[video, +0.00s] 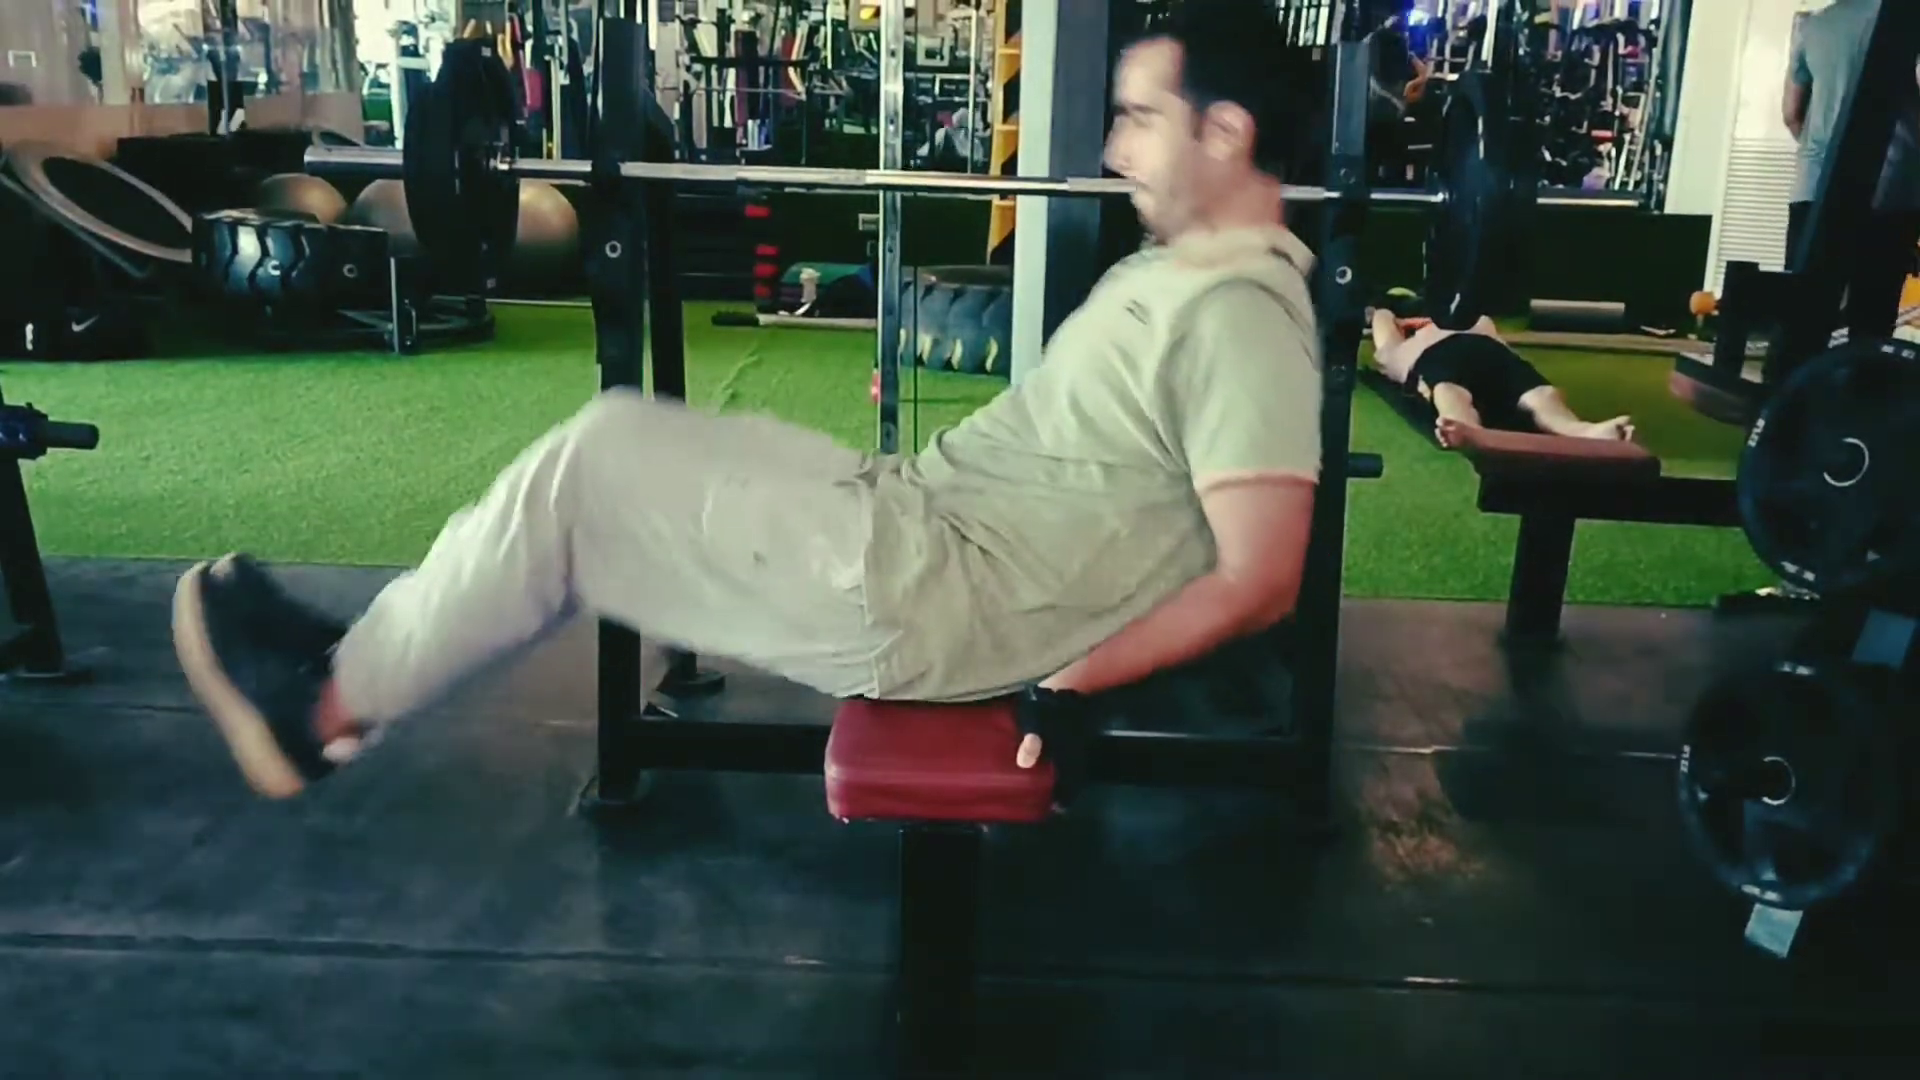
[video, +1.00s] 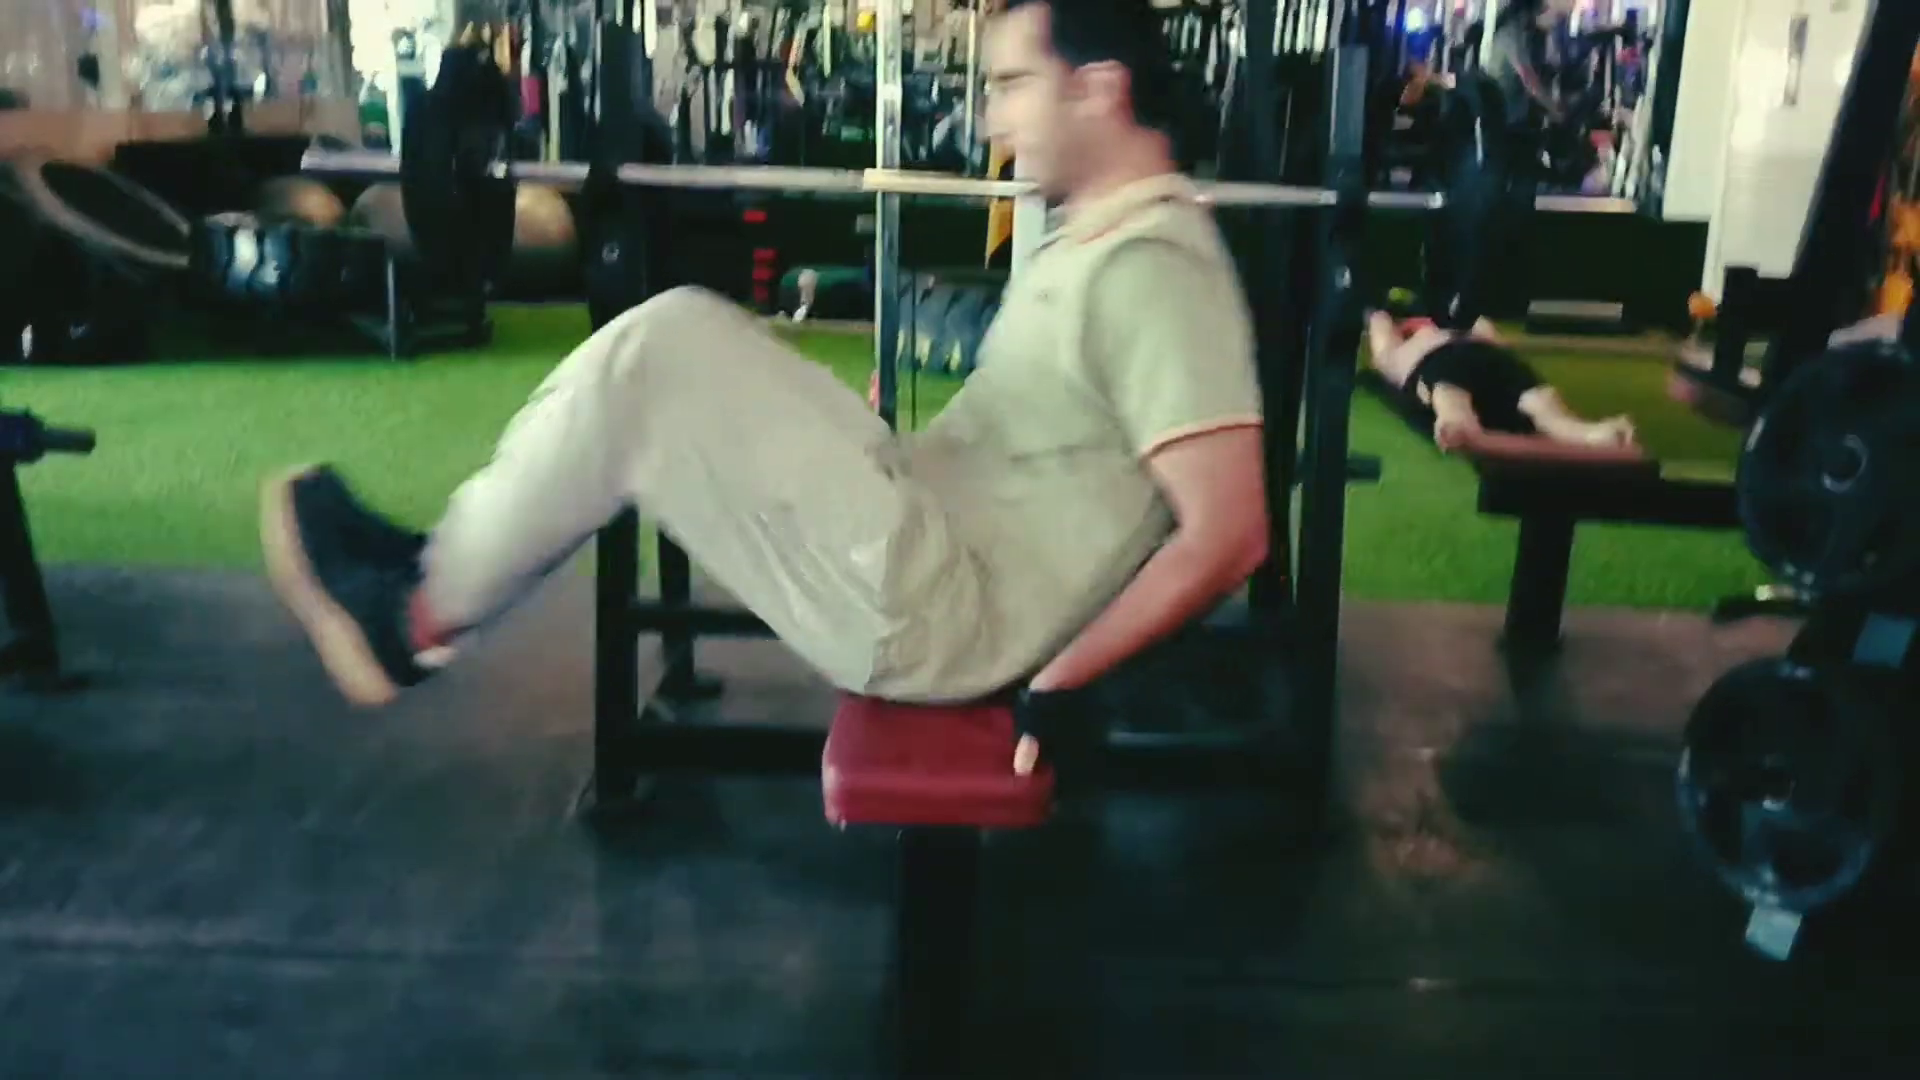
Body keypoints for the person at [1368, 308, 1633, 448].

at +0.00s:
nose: (1418, 324)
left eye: (1422, 322)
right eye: (1412, 324)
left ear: (1429, 328)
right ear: (1401, 331)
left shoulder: (1463, 333)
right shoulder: (1393, 353)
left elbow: (1486, 323)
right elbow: (1380, 314)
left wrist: (1444, 326)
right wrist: (1400, 325)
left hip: (1495, 351)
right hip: (1443, 358)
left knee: (1544, 394)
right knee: (1453, 392)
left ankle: (1584, 430)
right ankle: (1464, 429)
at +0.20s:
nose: (1419, 327)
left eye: (1422, 325)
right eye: (1413, 326)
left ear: (1427, 330)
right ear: (1401, 333)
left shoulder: (1459, 337)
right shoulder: (1393, 356)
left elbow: (1485, 326)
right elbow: (1379, 319)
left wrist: (1450, 328)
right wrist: (1393, 325)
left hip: (1495, 354)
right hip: (1443, 362)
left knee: (1542, 397)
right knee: (1452, 395)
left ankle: (1584, 433)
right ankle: (1463, 432)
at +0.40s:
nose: (1416, 327)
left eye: (1418, 325)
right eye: (1412, 326)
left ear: (1414, 331)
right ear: (1401, 333)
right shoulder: (1390, 355)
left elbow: (1484, 326)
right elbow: (1378, 316)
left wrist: (1450, 328)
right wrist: (1403, 329)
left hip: (1494, 355)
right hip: (1441, 362)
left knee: (1544, 403)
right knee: (1451, 396)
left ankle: (1586, 434)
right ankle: (1461, 432)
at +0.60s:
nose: (1415, 327)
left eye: (1419, 325)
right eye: (1411, 327)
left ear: (1419, 331)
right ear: (1401, 333)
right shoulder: (1392, 354)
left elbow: (1485, 327)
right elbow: (1378, 317)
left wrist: (1443, 324)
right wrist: (1404, 328)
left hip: (1494, 352)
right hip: (1443, 361)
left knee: (1546, 403)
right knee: (1453, 396)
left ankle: (1587, 433)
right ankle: (1463, 433)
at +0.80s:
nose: (1415, 327)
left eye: (1418, 325)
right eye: (1411, 326)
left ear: (1417, 330)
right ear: (1400, 332)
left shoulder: (1462, 337)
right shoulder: (1391, 353)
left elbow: (1484, 325)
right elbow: (1377, 317)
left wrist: (1452, 328)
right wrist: (1402, 328)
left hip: (1494, 353)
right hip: (1441, 360)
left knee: (1544, 400)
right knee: (1452, 396)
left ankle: (1583, 432)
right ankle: (1461, 431)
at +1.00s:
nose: (1421, 327)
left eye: (1426, 325)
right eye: (1413, 327)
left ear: (1432, 330)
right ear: (1400, 336)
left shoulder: (1455, 337)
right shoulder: (1392, 356)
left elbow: (1488, 331)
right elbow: (1377, 318)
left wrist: (1459, 326)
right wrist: (1397, 328)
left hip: (1494, 356)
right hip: (1443, 363)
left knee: (1545, 403)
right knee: (1451, 392)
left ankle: (1595, 434)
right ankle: (1459, 427)